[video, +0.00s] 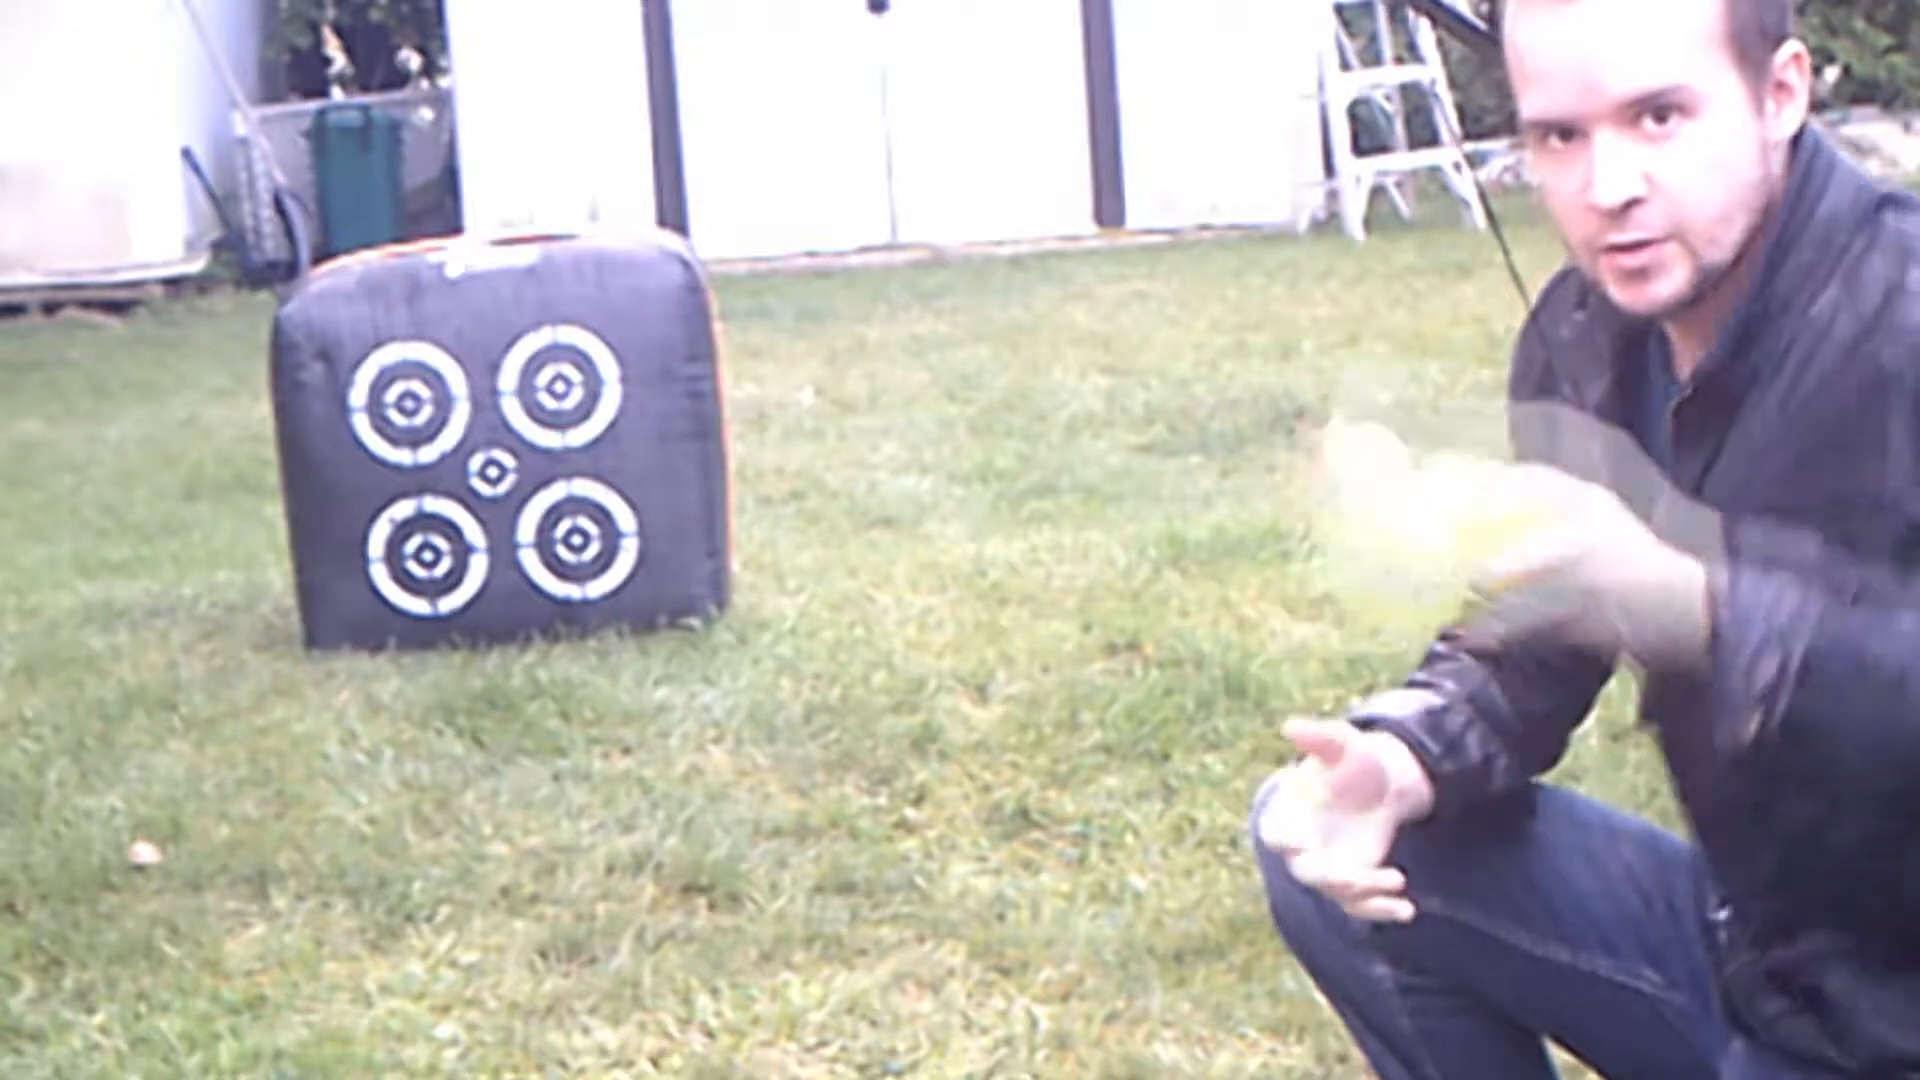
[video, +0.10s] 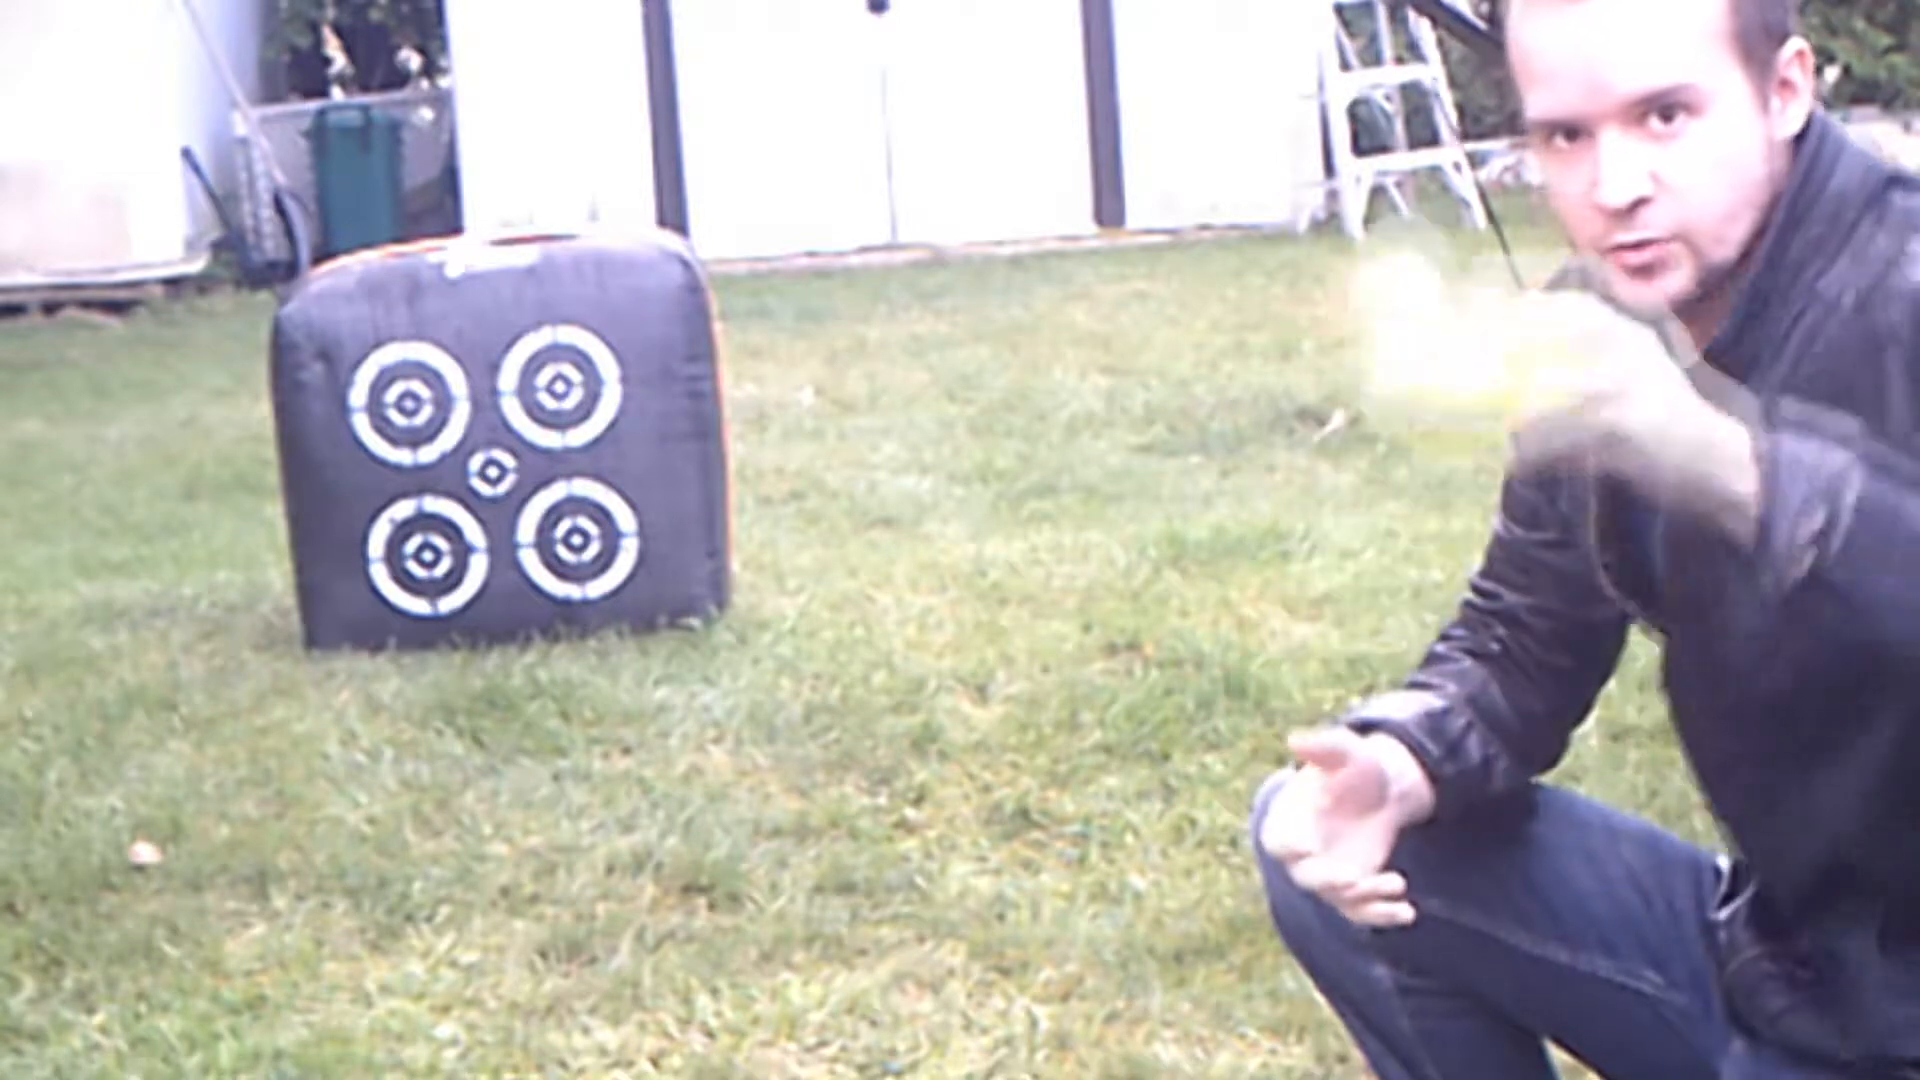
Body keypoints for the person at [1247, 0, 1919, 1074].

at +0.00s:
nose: (1607, 189)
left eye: (1657, 118)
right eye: (1559, 135)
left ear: (1783, 96)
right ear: (1522, 144)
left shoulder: (1902, 323)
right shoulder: (1579, 333)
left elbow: (1907, 682)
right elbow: (1540, 633)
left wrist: (1685, 606)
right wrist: (1409, 752)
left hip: (1884, 1028)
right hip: (1741, 931)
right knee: (1324, 842)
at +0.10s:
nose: (1613, 189)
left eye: (1664, 117)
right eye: (1564, 136)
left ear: (1787, 91)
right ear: (1527, 143)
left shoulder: (1896, 297)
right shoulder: (1601, 324)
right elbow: (1526, 630)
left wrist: (1742, 472)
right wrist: (1407, 758)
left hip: (1881, 1036)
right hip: (1762, 941)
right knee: (1325, 842)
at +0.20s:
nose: (1618, 186)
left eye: (1668, 116)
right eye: (1568, 135)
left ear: (1791, 87)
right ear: (1529, 136)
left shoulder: (1896, 273)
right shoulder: (1596, 324)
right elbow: (1529, 629)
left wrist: (1734, 389)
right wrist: (1406, 760)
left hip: (1890, 1029)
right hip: (1771, 943)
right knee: (1327, 844)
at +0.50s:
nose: (1626, 184)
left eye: (1675, 116)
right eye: (1575, 135)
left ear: (1796, 89)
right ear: (1536, 138)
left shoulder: (1898, 281)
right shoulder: (1598, 307)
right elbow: (1531, 629)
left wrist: (1779, 414)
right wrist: (1407, 760)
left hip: (1892, 1026)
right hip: (1769, 939)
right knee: (1328, 848)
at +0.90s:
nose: (1595, 216)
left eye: (1646, 147)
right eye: (1552, 166)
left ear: (1784, 103)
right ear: (1522, 153)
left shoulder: (1901, 293)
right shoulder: (1616, 319)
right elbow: (1530, 634)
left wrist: (1771, 464)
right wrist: (1396, 761)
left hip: (1894, 1028)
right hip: (1765, 940)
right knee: (1342, 862)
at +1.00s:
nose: (1576, 245)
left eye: (1627, 180)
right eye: (1536, 189)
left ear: (1772, 127)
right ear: (1508, 160)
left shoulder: (1901, 319)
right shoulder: (1583, 338)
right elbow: (1537, 643)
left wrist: (1740, 598)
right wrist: (1395, 752)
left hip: (1887, 1040)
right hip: (1757, 943)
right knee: (1350, 864)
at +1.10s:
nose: (1568, 269)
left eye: (1618, 204)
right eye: (1530, 210)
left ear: (1765, 148)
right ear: (1500, 182)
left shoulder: (1895, 371)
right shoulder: (1575, 350)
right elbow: (1536, 623)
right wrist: (1388, 747)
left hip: (1866, 1031)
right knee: (1338, 869)